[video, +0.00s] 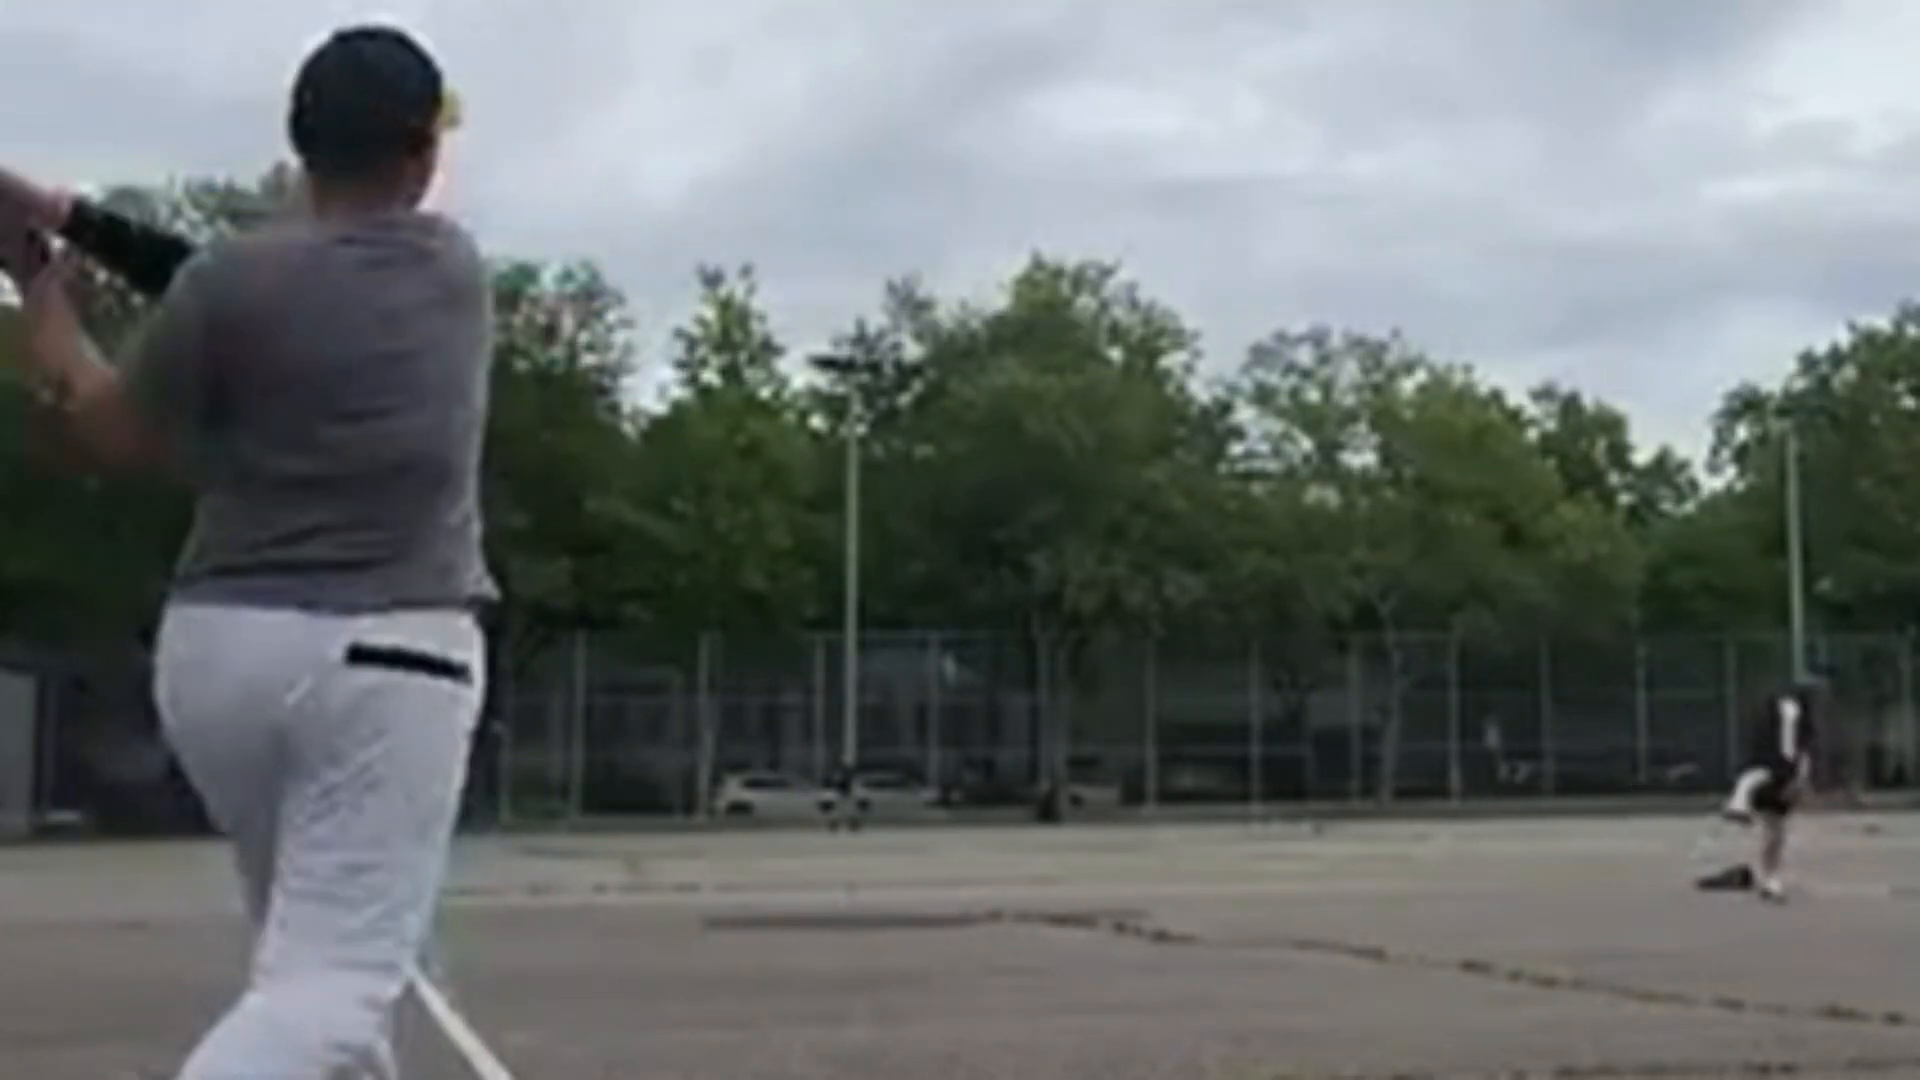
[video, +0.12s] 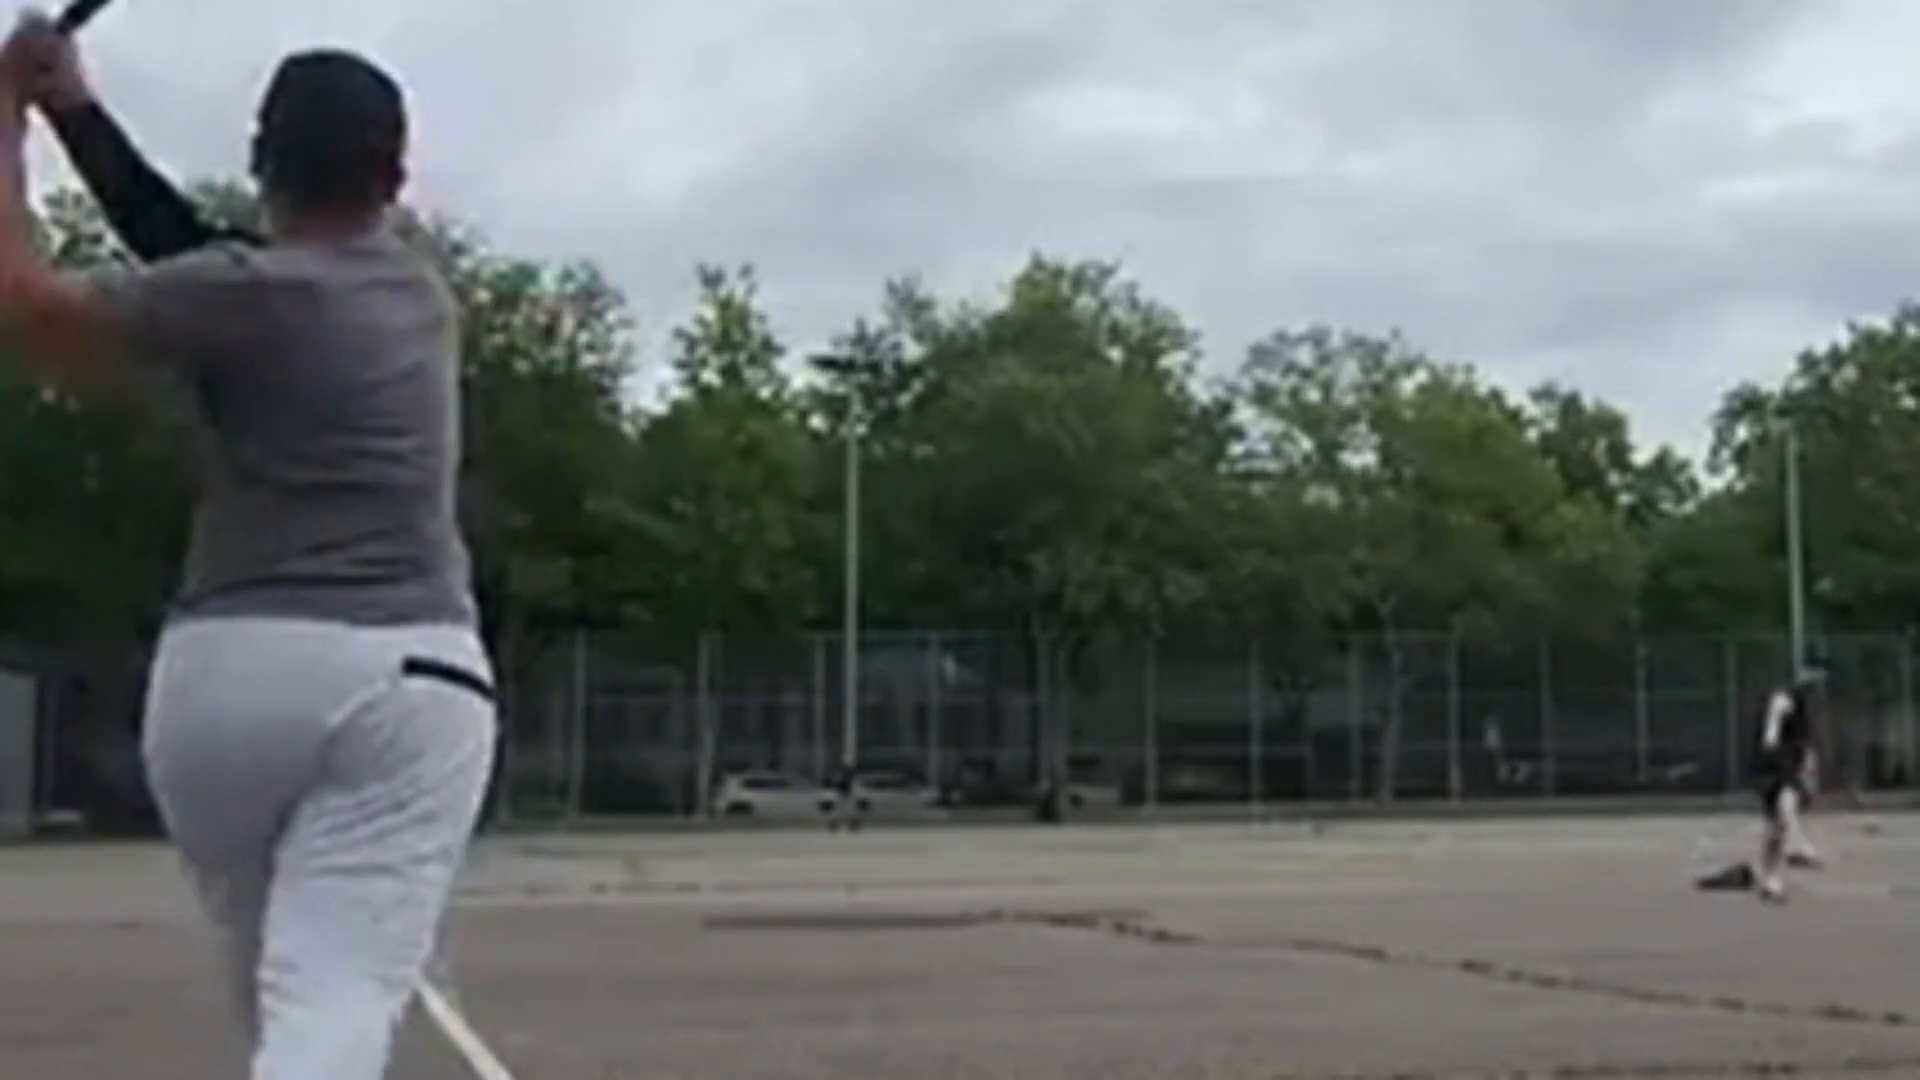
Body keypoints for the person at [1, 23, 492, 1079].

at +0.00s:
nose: (443, 137)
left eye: (435, 121)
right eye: (441, 123)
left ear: (298, 141)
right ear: (428, 143)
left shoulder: (230, 277)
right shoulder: (457, 275)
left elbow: (117, 430)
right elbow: (329, 274)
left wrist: (47, 307)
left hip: (220, 648)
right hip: (402, 653)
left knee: (309, 958)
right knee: (336, 977)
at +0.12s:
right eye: (395, 159)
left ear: (265, 168)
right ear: (393, 178)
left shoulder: (238, 294)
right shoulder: (418, 292)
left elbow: (36, 302)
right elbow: (185, 241)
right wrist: (76, 104)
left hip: (234, 660)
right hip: (419, 665)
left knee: (276, 983)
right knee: (335, 993)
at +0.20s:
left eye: (263, 157)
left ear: (259, 175)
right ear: (389, 191)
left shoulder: (227, 302)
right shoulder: (419, 311)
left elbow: (24, 283)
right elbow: (199, 265)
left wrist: (18, 138)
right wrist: (57, 134)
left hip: (224, 673)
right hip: (413, 686)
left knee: (241, 1003)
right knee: (316, 1013)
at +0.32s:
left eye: (255, 175)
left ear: (248, 187)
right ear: (380, 206)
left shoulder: (194, 304)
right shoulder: (409, 329)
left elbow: (71, 366)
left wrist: (31, 330)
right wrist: (70, 326)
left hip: (200, 692)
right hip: (394, 708)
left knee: (236, 1029)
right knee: (300, 1036)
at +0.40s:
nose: (371, 205)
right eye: (370, 190)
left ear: (239, 194)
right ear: (370, 208)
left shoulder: (168, 308)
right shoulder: (398, 336)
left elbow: (67, 443)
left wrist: (53, 437)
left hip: (188, 700)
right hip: (385, 713)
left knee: (239, 1030)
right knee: (305, 1036)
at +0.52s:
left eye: (195, 210)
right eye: (316, 211)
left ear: (194, 212)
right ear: (318, 219)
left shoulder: (140, 316)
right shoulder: (373, 339)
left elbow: (93, 479)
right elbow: (366, 497)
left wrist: (104, 550)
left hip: (183, 685)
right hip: (375, 686)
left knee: (224, 996)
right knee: (308, 993)